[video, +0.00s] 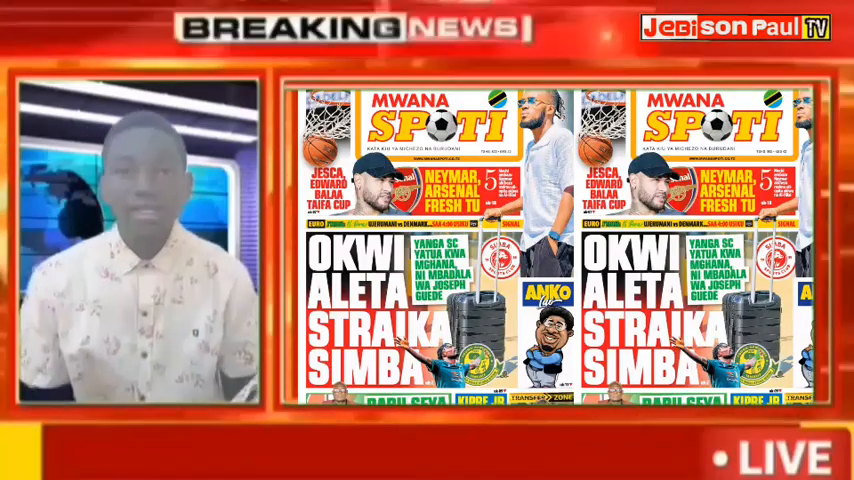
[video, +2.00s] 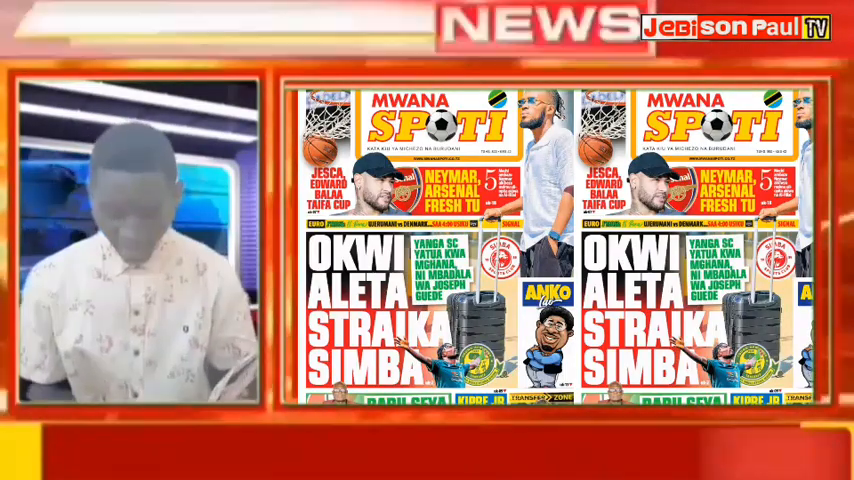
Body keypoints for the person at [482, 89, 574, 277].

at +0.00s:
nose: (523, 107)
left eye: (531, 101)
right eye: (522, 103)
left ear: (549, 110)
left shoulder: (563, 138)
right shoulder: (531, 147)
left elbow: (571, 192)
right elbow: (532, 196)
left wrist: (553, 238)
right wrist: (502, 211)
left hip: (552, 242)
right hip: (530, 243)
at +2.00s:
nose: (523, 107)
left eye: (531, 101)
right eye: (522, 103)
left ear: (549, 110)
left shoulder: (563, 138)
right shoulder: (531, 147)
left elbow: (571, 192)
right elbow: (532, 196)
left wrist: (553, 238)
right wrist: (502, 211)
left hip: (552, 242)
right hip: (530, 243)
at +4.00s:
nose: (523, 107)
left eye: (531, 101)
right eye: (522, 103)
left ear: (549, 110)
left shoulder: (563, 138)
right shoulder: (531, 147)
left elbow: (571, 192)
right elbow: (532, 196)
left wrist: (553, 238)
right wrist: (502, 211)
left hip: (552, 242)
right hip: (530, 243)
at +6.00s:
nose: (523, 107)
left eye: (531, 101)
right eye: (522, 103)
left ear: (549, 110)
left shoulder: (563, 139)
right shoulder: (531, 147)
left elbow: (571, 192)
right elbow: (532, 196)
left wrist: (554, 238)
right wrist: (502, 211)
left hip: (552, 241)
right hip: (530, 242)